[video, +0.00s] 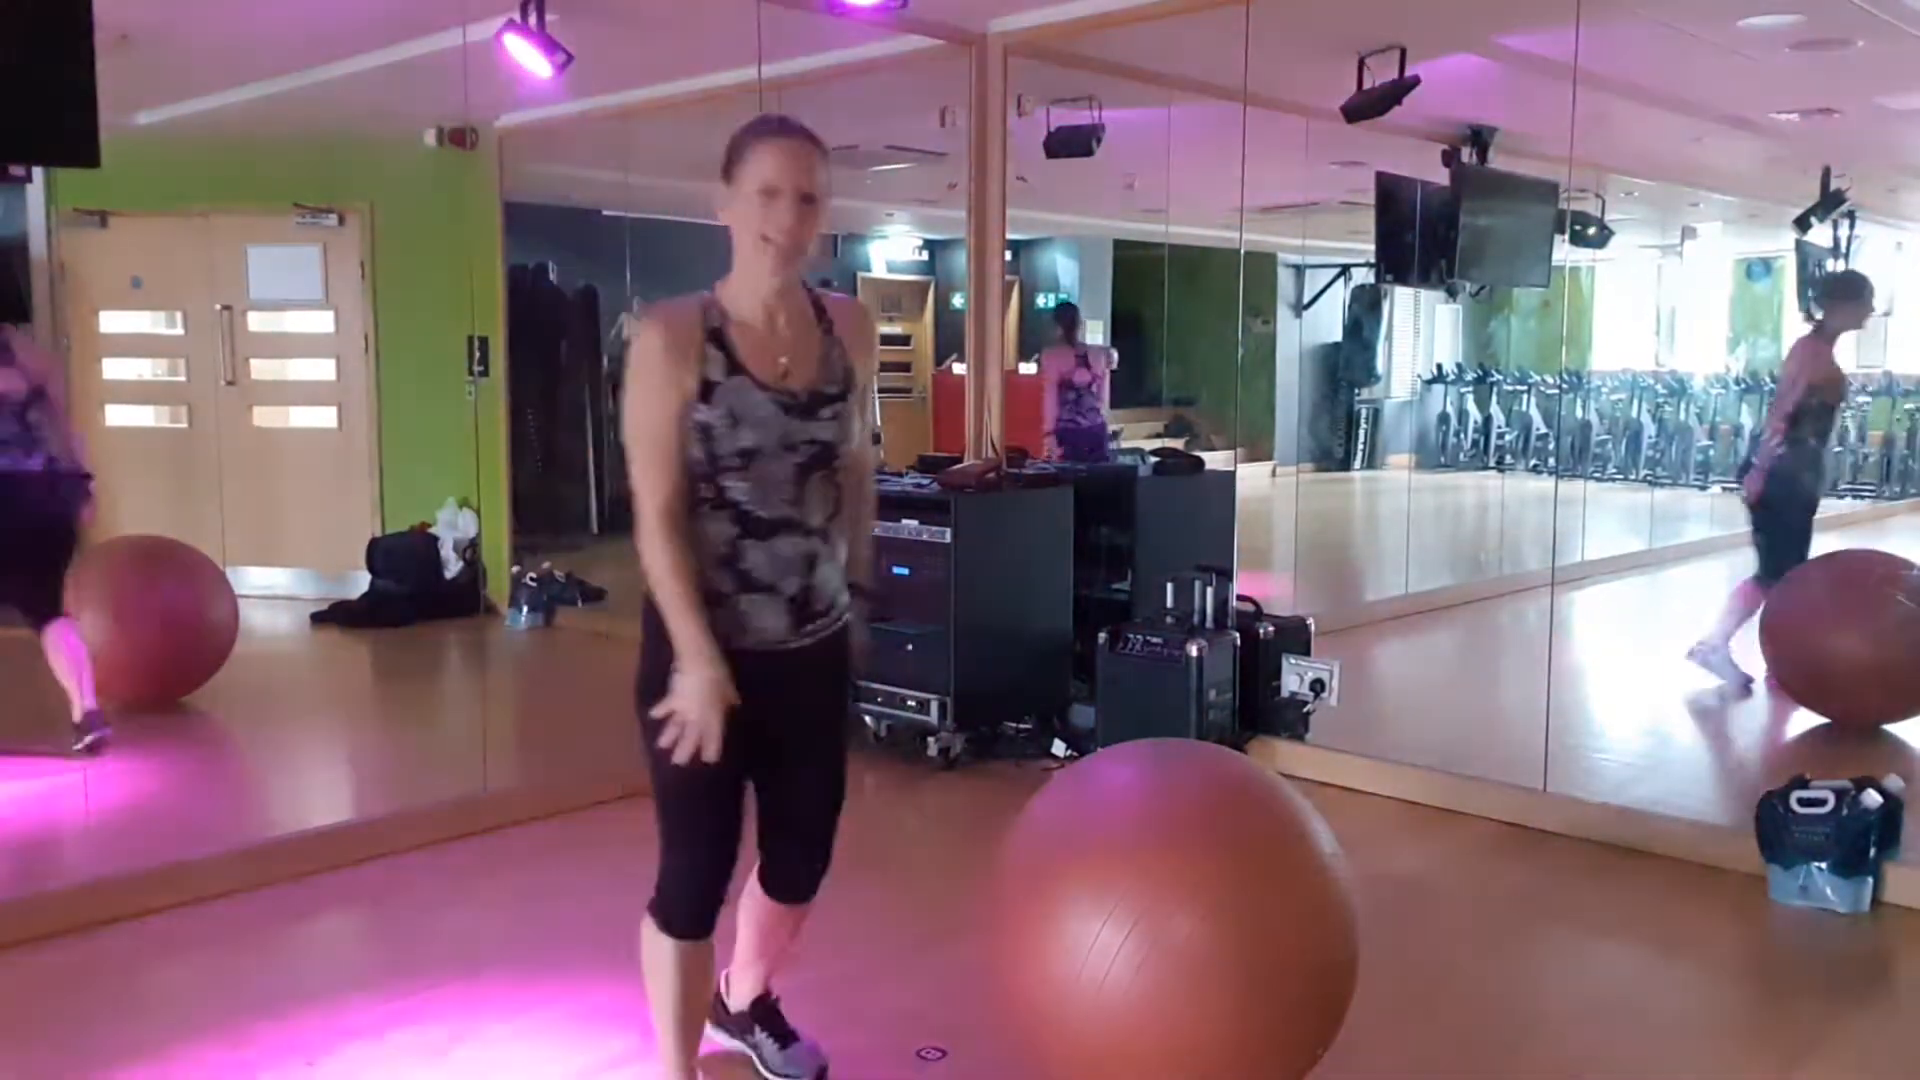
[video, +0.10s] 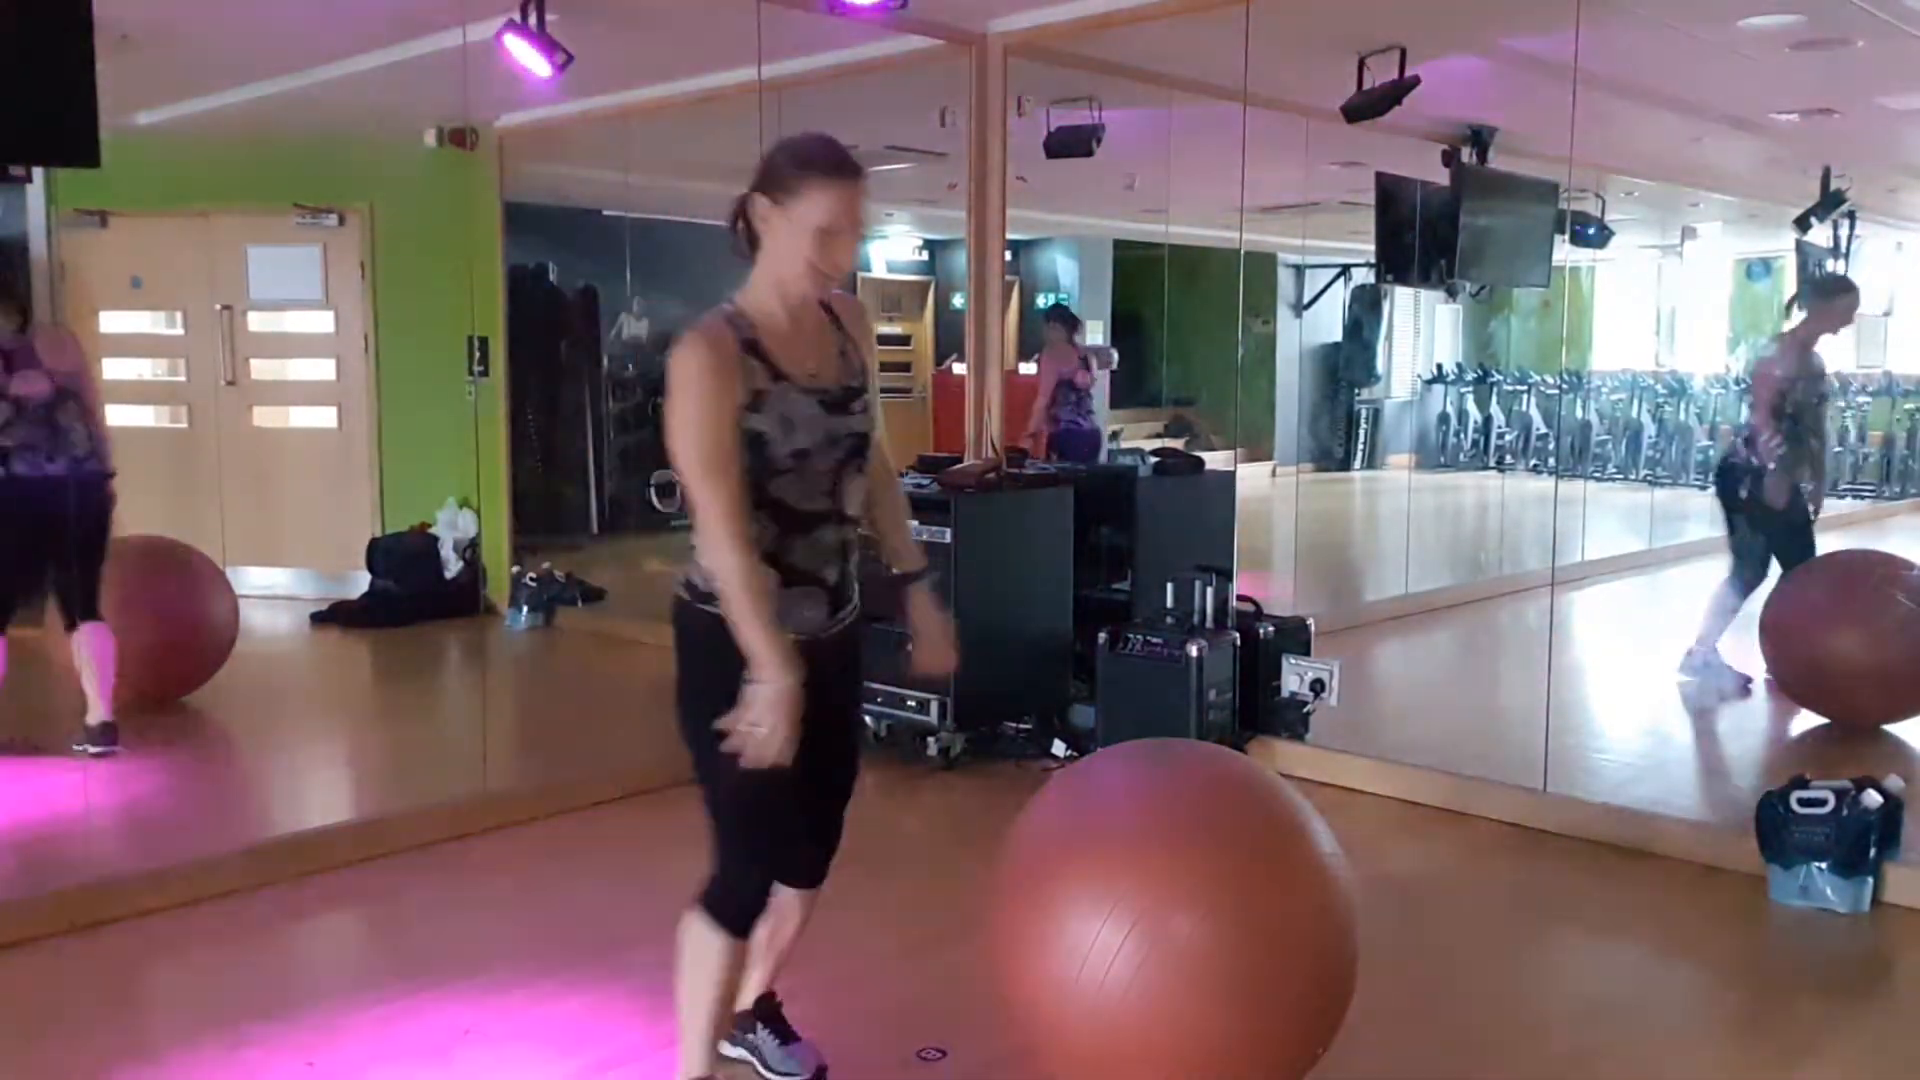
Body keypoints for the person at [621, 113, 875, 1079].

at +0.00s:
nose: (788, 216)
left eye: (807, 199)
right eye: (768, 194)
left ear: (825, 213)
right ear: (727, 201)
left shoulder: (841, 329)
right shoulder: (671, 335)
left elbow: (855, 477)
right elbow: (656, 516)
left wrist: (848, 595)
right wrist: (697, 661)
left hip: (812, 642)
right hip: (702, 644)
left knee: (798, 858)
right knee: (696, 873)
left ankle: (743, 1002)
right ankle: (674, 1068)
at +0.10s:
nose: (844, 255)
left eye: (853, 233)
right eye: (825, 232)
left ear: (858, 228)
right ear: (762, 219)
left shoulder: (843, 324)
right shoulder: (710, 351)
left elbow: (869, 470)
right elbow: (719, 526)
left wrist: (917, 589)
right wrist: (773, 665)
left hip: (827, 627)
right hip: (735, 631)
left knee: (810, 846)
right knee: (745, 866)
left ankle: (749, 1007)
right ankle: (694, 1067)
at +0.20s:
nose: (886, 275)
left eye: (893, 256)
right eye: (872, 254)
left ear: (872, 250)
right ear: (811, 236)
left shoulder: (848, 334)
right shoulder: (752, 355)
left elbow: (879, 470)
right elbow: (794, 520)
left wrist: (957, 556)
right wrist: (862, 657)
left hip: (815, 607)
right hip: (755, 617)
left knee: (813, 826)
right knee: (829, 834)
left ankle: (742, 1013)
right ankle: (746, 1044)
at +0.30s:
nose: (933, 275)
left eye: (939, 256)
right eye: (924, 254)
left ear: (873, 242)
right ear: (865, 234)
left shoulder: (849, 337)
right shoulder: (807, 346)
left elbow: (877, 463)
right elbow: (860, 507)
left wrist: (956, 521)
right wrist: (941, 638)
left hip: (798, 611)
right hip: (784, 615)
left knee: (800, 819)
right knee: (875, 805)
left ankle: (737, 1011)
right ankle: (834, 1038)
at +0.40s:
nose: (964, 287)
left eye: (972, 270)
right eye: (960, 266)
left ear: (912, 245)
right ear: (905, 239)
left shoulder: (862, 331)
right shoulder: (854, 347)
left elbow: (901, 488)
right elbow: (918, 506)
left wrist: (969, 548)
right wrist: (1011, 632)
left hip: (795, 599)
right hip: (816, 607)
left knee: (811, 811)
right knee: (894, 802)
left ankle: (733, 1010)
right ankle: (907, 1017)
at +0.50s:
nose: (1019, 320)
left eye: (1029, 304)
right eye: (1016, 300)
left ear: (961, 272)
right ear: (963, 271)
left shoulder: (882, 323)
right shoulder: (909, 369)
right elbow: (999, 528)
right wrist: (1100, 654)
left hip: (817, 590)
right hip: (856, 601)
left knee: (877, 792)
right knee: (924, 799)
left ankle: (772, 974)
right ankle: (913, 1013)